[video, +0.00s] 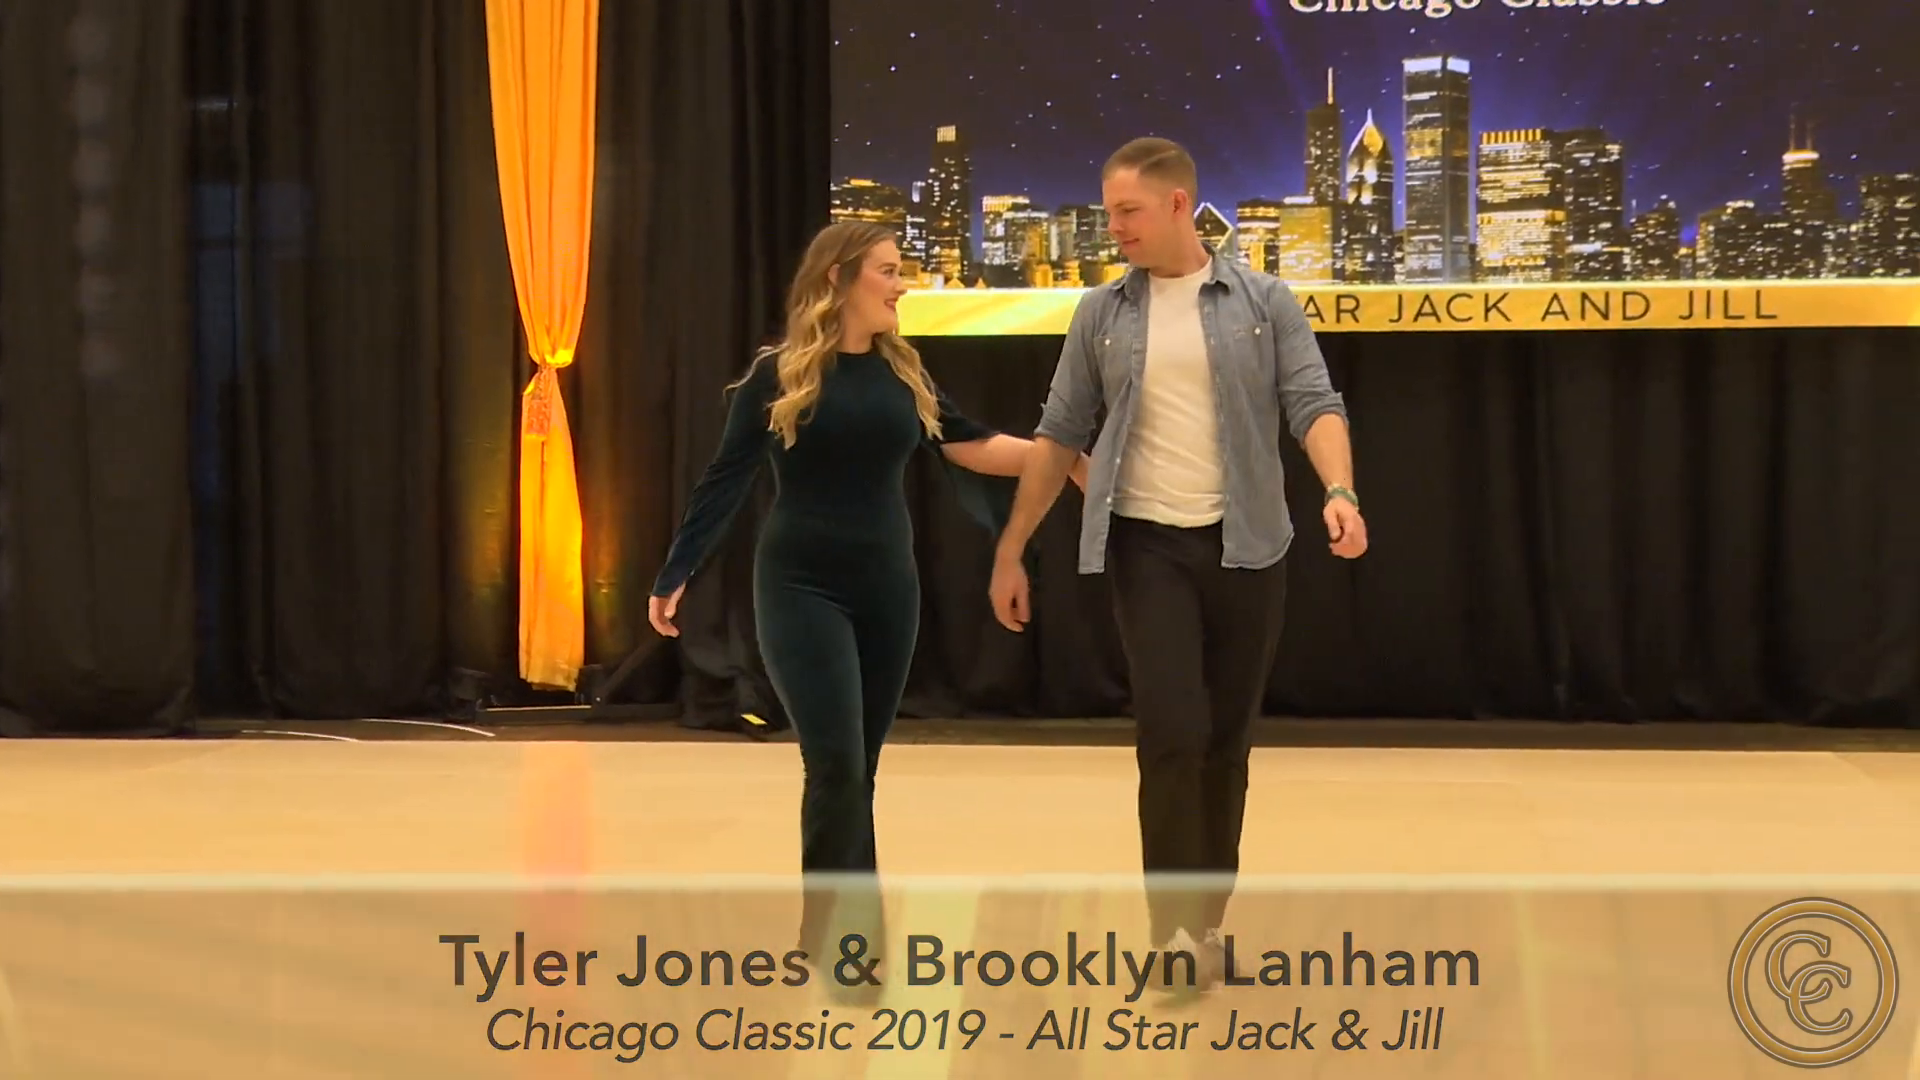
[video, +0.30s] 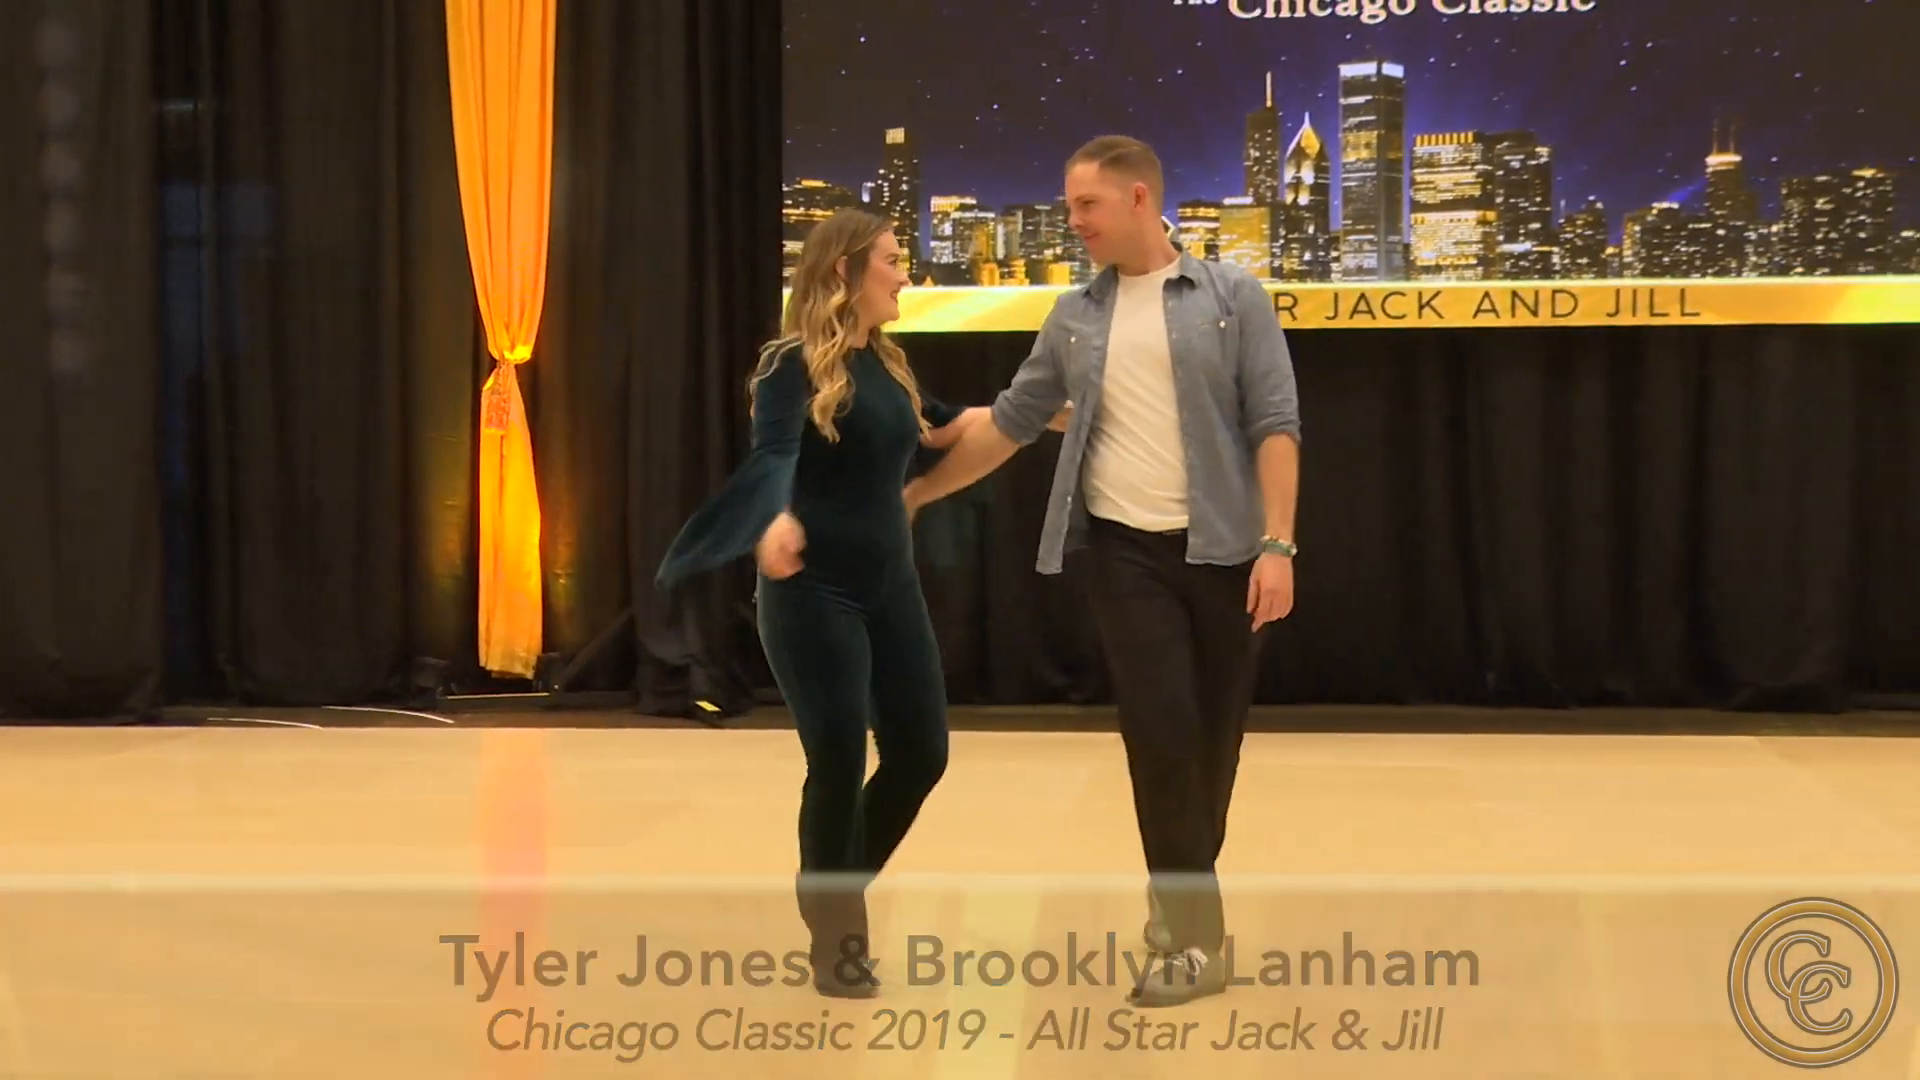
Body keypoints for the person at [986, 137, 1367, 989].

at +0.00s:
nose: (1116, 228)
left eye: (1128, 213)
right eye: (1110, 214)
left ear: (1182, 206)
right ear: (1113, 215)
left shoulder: (1266, 301)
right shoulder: (1102, 310)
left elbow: (1314, 405)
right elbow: (1059, 439)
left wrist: (1339, 491)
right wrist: (1008, 549)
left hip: (1246, 545)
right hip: (1144, 545)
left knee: (1225, 742)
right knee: (1172, 734)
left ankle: (1208, 927)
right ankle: (1170, 935)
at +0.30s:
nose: (1075, 222)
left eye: (1088, 205)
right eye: (1070, 207)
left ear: (1142, 199)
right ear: (1085, 211)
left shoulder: (1235, 296)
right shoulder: (1077, 311)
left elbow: (1277, 425)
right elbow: (1008, 421)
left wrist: (1277, 543)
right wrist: (911, 493)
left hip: (1220, 550)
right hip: (1120, 548)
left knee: (1213, 746)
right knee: (1160, 739)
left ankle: (1173, 919)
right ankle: (1193, 945)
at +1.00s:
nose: (1026, 201)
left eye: (1039, 185)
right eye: (1026, 187)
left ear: (1095, 189)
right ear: (1071, 193)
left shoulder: (1163, 287)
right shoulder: (1053, 299)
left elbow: (1204, 421)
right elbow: (1021, 423)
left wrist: (1160, 538)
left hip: (1127, 553)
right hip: (1048, 551)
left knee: (1137, 747)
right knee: (1077, 743)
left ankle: (1171, 954)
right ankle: (1112, 917)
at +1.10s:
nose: (1025, 202)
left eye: (1038, 185)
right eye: (1027, 187)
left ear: (1091, 189)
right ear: (1071, 190)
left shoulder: (1154, 282)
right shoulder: (1058, 293)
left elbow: (1183, 416)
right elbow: (1029, 417)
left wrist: (1107, 509)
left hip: (1125, 549)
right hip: (1054, 547)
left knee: (1123, 743)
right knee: (1074, 739)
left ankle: (1157, 963)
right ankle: (1113, 912)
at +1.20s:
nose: (1026, 201)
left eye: (1037, 184)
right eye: (1028, 185)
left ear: (1087, 187)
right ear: (1082, 187)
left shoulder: (1142, 276)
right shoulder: (1069, 294)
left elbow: (1157, 405)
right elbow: (1044, 419)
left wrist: (1043, 459)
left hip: (1121, 540)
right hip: (1063, 541)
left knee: (1106, 734)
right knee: (1066, 729)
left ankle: (1144, 961)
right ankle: (1106, 909)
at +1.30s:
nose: (1025, 196)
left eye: (1035, 179)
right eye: (1028, 180)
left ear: (1080, 180)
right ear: (1080, 182)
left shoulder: (1133, 273)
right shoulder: (1081, 288)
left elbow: (1132, 397)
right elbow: (1046, 402)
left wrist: (997, 405)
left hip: (1112, 539)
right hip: (1063, 540)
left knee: (1095, 727)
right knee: (1044, 717)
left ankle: (1135, 953)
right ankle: (1100, 907)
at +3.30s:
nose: (992, 253)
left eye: (999, 238)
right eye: (988, 240)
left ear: (1045, 225)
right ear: (1034, 231)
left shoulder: (1098, 312)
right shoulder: (1027, 306)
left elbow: (1108, 444)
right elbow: (980, 404)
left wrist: (1020, 381)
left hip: (1079, 539)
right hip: (1035, 533)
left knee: (1067, 711)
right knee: (1053, 707)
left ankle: (1069, 890)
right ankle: (1077, 864)